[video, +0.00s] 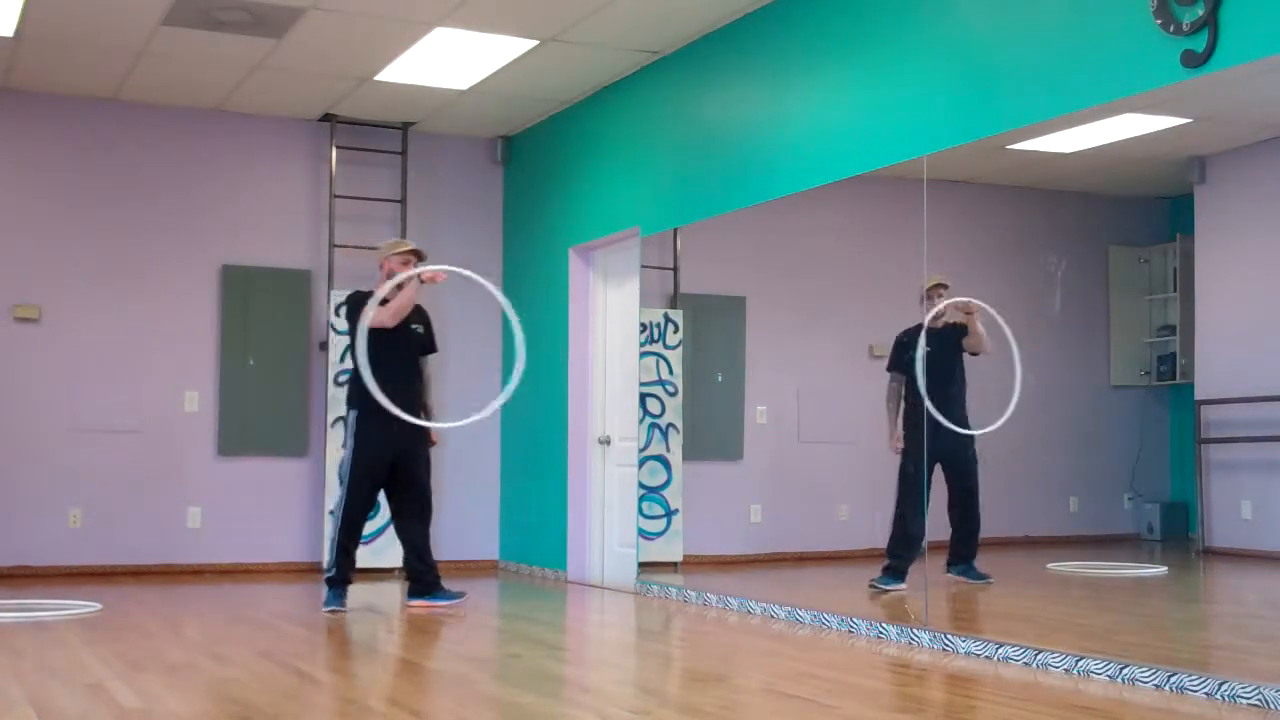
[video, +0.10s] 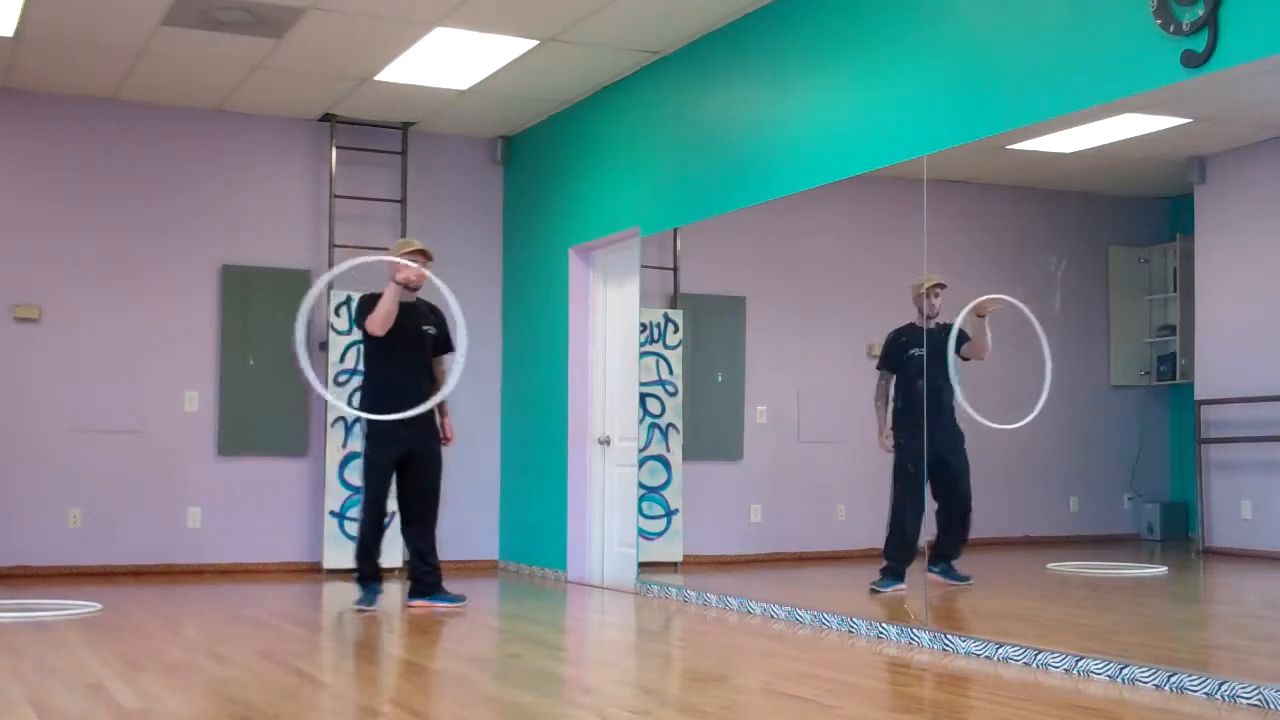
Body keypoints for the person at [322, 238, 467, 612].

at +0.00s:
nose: (409, 270)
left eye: (413, 265)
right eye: (402, 263)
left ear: (418, 269)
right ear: (384, 266)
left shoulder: (418, 314)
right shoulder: (358, 301)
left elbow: (420, 375)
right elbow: (388, 317)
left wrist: (427, 421)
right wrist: (417, 280)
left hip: (409, 418)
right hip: (369, 417)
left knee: (414, 506)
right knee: (355, 504)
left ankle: (423, 585)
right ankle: (337, 586)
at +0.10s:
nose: (418, 271)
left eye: (423, 266)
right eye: (412, 264)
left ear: (427, 272)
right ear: (395, 267)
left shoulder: (431, 314)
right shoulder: (371, 302)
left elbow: (438, 370)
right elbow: (377, 327)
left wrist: (443, 412)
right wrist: (397, 283)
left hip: (422, 421)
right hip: (383, 421)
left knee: (422, 510)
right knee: (375, 509)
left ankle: (425, 586)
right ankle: (368, 585)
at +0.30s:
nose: (426, 270)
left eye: (433, 266)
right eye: (419, 264)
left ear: (440, 275)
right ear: (407, 270)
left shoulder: (448, 315)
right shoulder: (388, 308)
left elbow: (452, 370)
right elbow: (356, 330)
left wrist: (459, 416)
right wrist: (352, 290)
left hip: (446, 425)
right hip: (407, 425)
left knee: (462, 501)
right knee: (406, 507)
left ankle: (463, 581)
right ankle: (406, 584)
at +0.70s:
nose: (450, 272)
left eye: (458, 268)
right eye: (444, 266)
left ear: (466, 277)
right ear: (433, 272)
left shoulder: (473, 317)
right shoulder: (417, 312)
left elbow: (484, 369)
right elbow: (386, 347)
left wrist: (503, 411)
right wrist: (394, 312)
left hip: (466, 426)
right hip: (425, 426)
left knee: (480, 508)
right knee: (415, 509)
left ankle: (488, 586)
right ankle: (406, 586)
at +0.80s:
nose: (441, 272)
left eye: (448, 268)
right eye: (436, 267)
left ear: (460, 276)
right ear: (427, 274)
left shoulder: (472, 315)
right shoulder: (411, 314)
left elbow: (486, 364)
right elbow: (397, 360)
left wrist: (506, 406)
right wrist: (422, 331)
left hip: (468, 426)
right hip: (426, 427)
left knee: (480, 509)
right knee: (416, 510)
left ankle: (488, 586)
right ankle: (406, 586)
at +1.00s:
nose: (447, 274)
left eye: (454, 269)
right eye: (441, 268)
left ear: (463, 276)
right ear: (430, 274)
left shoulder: (478, 316)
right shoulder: (416, 317)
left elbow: (492, 364)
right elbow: (419, 366)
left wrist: (512, 401)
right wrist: (462, 358)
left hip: (474, 426)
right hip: (434, 427)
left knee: (487, 507)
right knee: (421, 508)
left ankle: (497, 586)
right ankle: (407, 586)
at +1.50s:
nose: (488, 276)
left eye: (494, 272)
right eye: (482, 269)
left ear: (497, 280)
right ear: (465, 273)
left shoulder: (496, 321)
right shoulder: (447, 311)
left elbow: (500, 374)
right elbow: (473, 351)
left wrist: (511, 418)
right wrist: (513, 380)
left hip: (487, 420)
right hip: (449, 419)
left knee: (493, 505)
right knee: (432, 503)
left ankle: (494, 585)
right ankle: (411, 584)